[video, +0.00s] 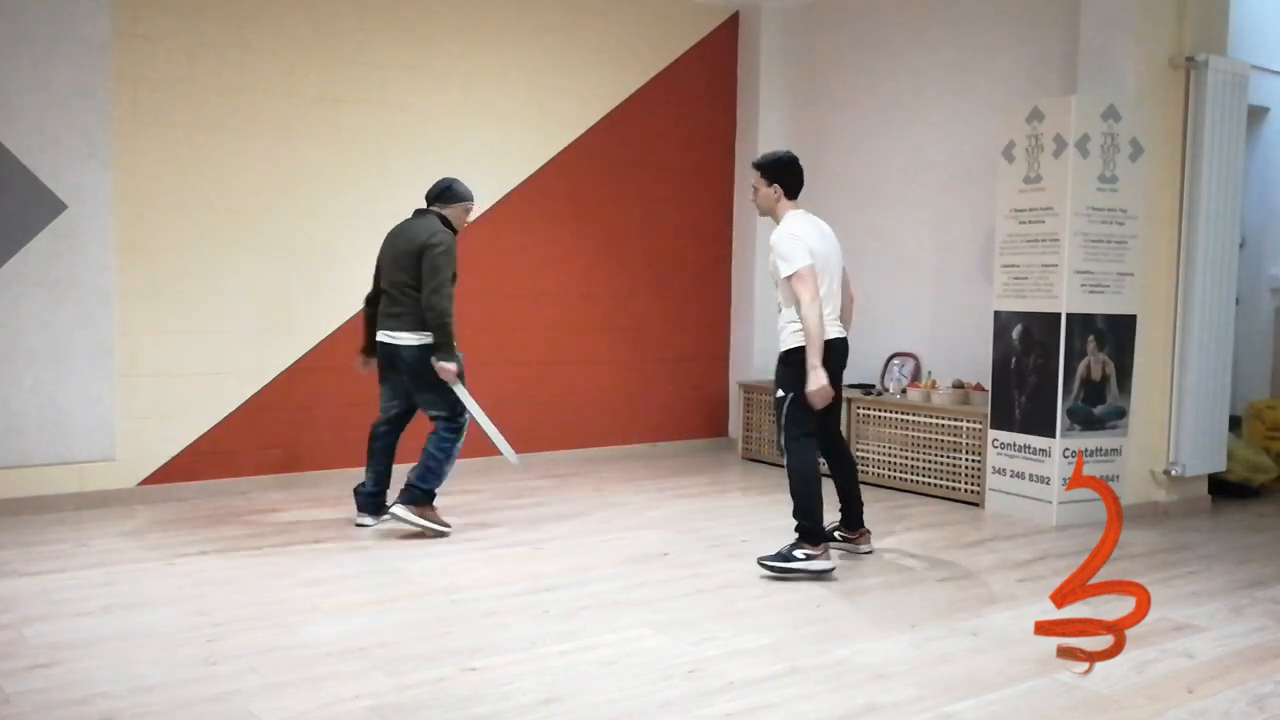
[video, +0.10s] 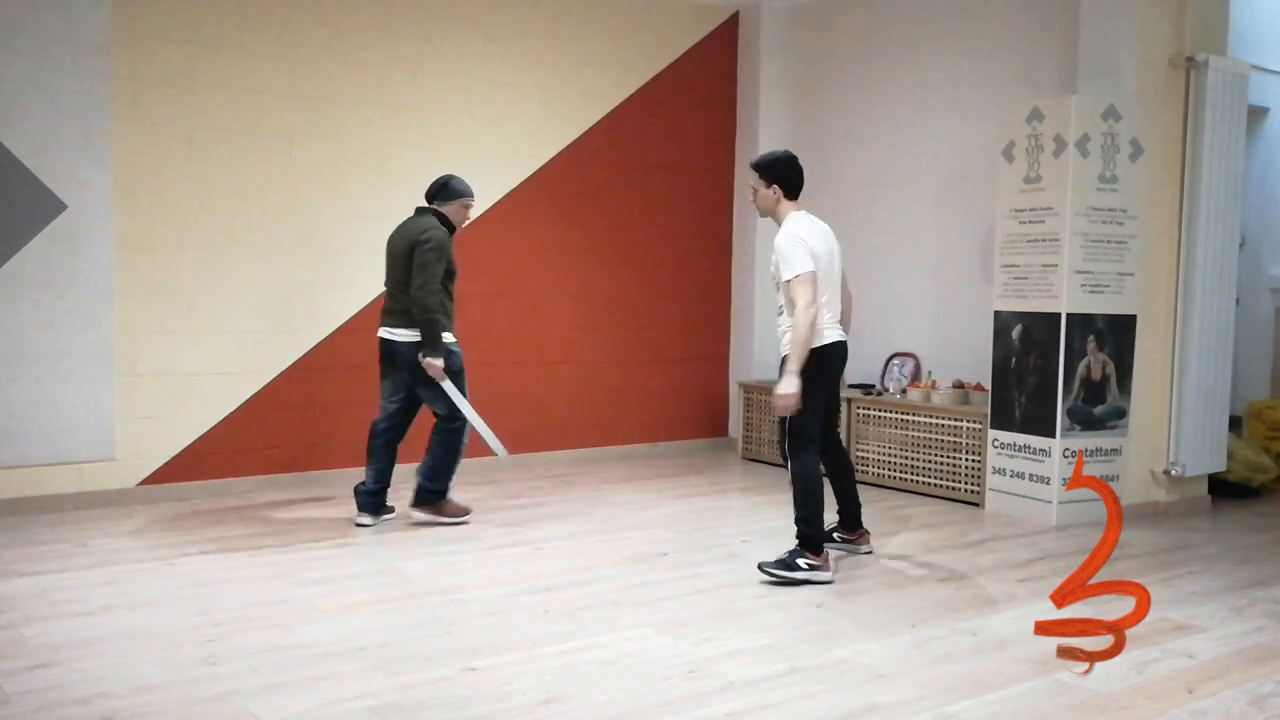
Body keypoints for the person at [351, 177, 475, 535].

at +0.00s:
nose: (469, 219)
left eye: (470, 212)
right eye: (467, 212)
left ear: (434, 205)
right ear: (449, 208)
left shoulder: (399, 232)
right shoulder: (440, 238)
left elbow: (377, 292)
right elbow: (436, 298)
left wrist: (370, 342)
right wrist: (445, 353)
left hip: (388, 345)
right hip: (420, 347)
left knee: (391, 418)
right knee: (453, 418)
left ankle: (370, 503)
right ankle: (417, 499)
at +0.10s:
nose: (468, 215)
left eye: (470, 208)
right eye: (465, 207)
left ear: (435, 203)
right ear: (446, 204)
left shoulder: (404, 230)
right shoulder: (435, 235)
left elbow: (396, 288)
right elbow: (426, 293)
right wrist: (433, 349)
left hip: (394, 343)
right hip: (428, 344)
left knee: (391, 421)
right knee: (454, 417)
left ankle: (370, 503)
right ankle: (430, 496)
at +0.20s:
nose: (472, 215)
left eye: (473, 208)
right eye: (467, 207)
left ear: (439, 207)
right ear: (447, 206)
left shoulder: (414, 232)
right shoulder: (434, 238)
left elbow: (415, 289)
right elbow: (422, 294)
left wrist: (453, 321)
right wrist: (427, 351)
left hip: (401, 343)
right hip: (433, 346)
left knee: (392, 421)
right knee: (451, 418)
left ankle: (371, 503)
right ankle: (452, 492)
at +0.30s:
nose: (479, 218)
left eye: (479, 211)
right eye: (474, 210)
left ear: (448, 211)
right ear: (455, 210)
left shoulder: (426, 237)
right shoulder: (440, 245)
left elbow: (455, 294)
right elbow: (425, 304)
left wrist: (494, 315)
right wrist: (429, 359)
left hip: (412, 345)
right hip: (443, 350)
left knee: (403, 419)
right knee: (458, 421)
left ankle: (371, 497)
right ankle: (460, 491)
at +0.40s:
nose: (489, 220)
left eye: (490, 213)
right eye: (485, 212)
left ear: (461, 212)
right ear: (465, 212)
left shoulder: (437, 240)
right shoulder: (448, 249)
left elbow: (468, 296)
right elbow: (436, 308)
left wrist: (511, 313)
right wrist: (437, 364)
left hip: (428, 346)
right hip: (457, 352)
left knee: (425, 414)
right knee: (473, 423)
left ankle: (382, 484)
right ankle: (462, 492)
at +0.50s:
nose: (497, 219)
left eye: (498, 212)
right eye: (492, 211)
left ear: (472, 213)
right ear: (471, 212)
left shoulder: (461, 243)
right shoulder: (454, 250)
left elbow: (477, 297)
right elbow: (448, 311)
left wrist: (513, 315)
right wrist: (451, 364)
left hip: (461, 347)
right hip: (468, 350)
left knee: (454, 413)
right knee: (476, 422)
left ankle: (403, 469)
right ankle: (462, 492)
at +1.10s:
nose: (549, 219)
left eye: (553, 212)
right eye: (541, 212)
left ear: (557, 215)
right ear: (523, 215)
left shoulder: (549, 251)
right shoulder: (500, 251)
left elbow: (559, 305)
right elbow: (491, 307)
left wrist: (590, 327)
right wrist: (520, 348)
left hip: (540, 352)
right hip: (502, 352)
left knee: (562, 413)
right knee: (513, 417)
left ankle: (553, 488)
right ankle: (486, 474)